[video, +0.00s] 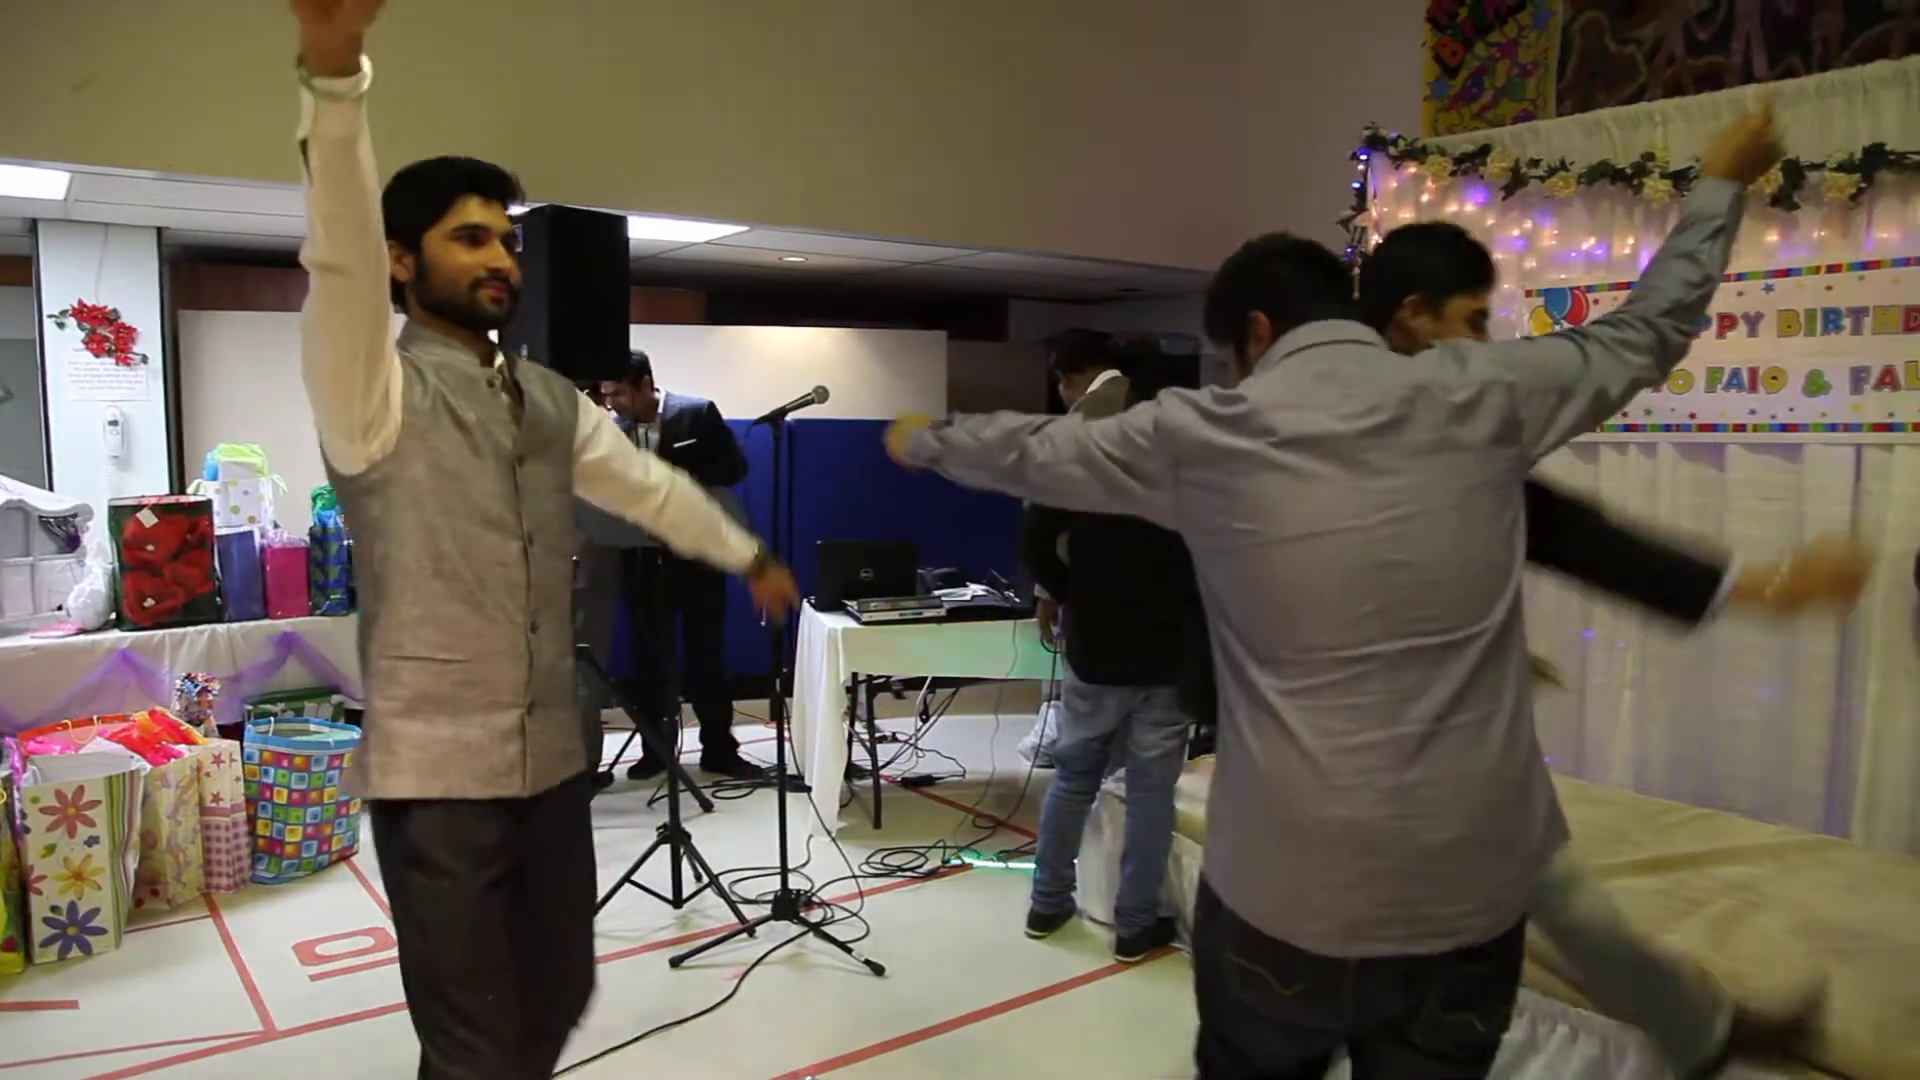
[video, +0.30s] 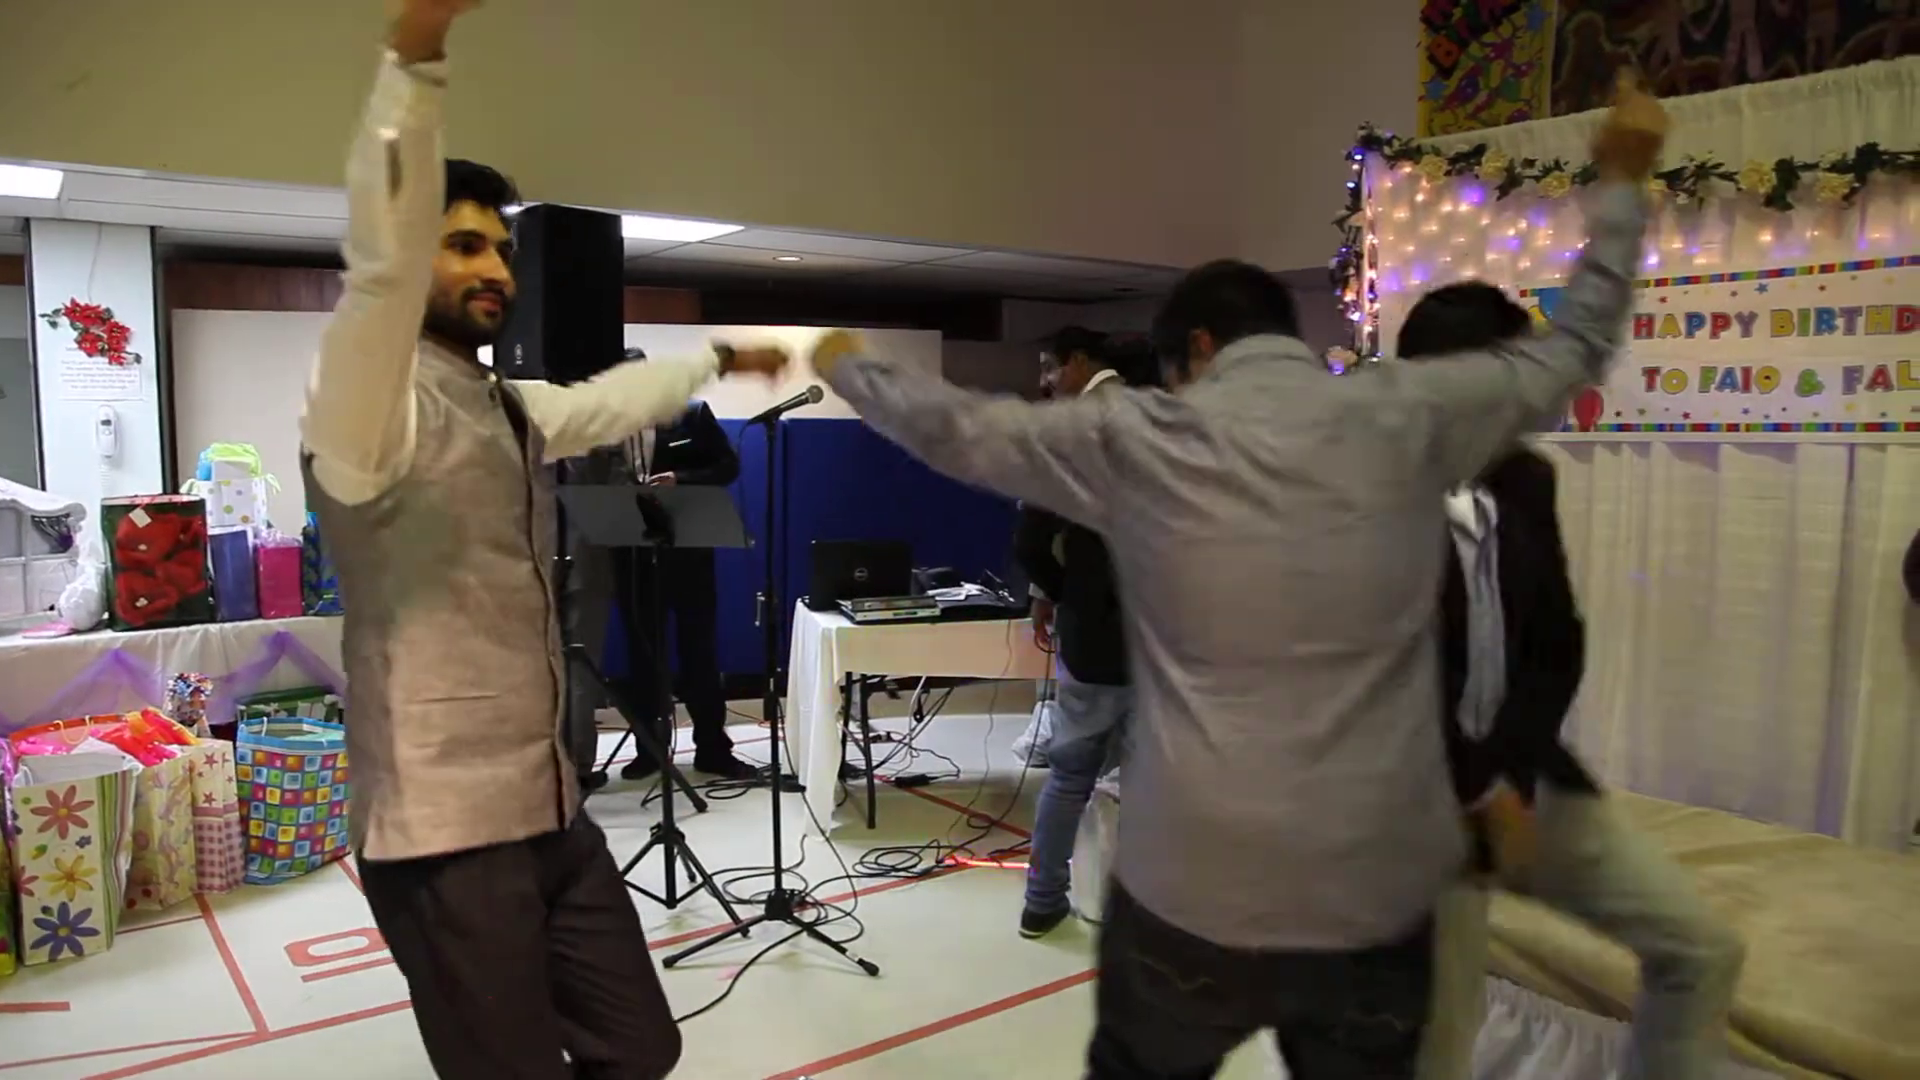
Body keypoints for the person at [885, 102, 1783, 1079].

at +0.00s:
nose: (1223, 379)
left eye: (1221, 356)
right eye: (1222, 361)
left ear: (1253, 337)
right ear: (1369, 314)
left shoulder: (1200, 438)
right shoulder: (1478, 387)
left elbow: (1043, 451)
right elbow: (1642, 337)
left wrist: (927, 440)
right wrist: (1722, 187)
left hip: (1287, 902)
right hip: (1478, 896)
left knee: (1255, 1066)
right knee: (1428, 1068)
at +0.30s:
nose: (1173, 383)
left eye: (1173, 366)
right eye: (1174, 369)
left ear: (1199, 348)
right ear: (1296, 334)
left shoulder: (1139, 437)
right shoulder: (1405, 412)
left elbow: (961, 430)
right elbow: (1570, 349)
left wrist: (828, 356)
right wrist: (1624, 180)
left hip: (1187, 889)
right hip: (1378, 888)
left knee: (1136, 1071)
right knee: (1365, 1074)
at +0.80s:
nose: (1001, 375)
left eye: (1005, 358)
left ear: (1017, 358)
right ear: (1117, 343)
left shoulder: (960, 450)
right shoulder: (1201, 398)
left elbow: (817, 500)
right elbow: (1387, 339)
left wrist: (756, 404)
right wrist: (1449, 177)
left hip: (1022, 866)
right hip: (1183, 859)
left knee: (1021, 1068)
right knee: (1177, 1068)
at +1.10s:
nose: (979, 371)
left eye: (980, 358)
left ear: (991, 356)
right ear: (1089, 335)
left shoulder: (943, 440)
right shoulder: (1170, 368)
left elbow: (802, 469)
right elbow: (1308, 237)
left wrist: (731, 458)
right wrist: (1426, 113)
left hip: (1047, 840)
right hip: (1199, 825)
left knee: (1046, 1061)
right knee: (1180, 1064)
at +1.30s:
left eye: (990, 355)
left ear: (1002, 350)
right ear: (1110, 330)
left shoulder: (958, 448)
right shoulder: (1182, 374)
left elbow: (826, 554)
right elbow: (1318, 275)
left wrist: (873, 646)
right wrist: (1391, 153)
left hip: (1061, 806)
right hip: (1207, 793)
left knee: (1060, 1014)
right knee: (1180, 1043)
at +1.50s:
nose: (1148, 342)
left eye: (1146, 327)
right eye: (1144, 326)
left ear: (1032, 335)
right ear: (1116, 326)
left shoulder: (956, 465)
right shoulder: (1172, 407)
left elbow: (904, 636)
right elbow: (1359, 399)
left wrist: (939, 775)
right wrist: (1341, 304)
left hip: (1041, 804)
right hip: (1177, 801)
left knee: (1062, 992)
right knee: (1169, 1026)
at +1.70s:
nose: (1152, 352)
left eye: (1151, 332)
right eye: (1146, 331)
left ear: (1053, 326)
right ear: (1103, 326)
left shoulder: (938, 444)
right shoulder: (1145, 420)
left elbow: (899, 612)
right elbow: (1294, 551)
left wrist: (911, 752)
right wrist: (1279, 493)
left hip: (1008, 789)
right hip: (1131, 792)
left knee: (1010, 953)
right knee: (1141, 1014)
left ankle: (963, 1075)